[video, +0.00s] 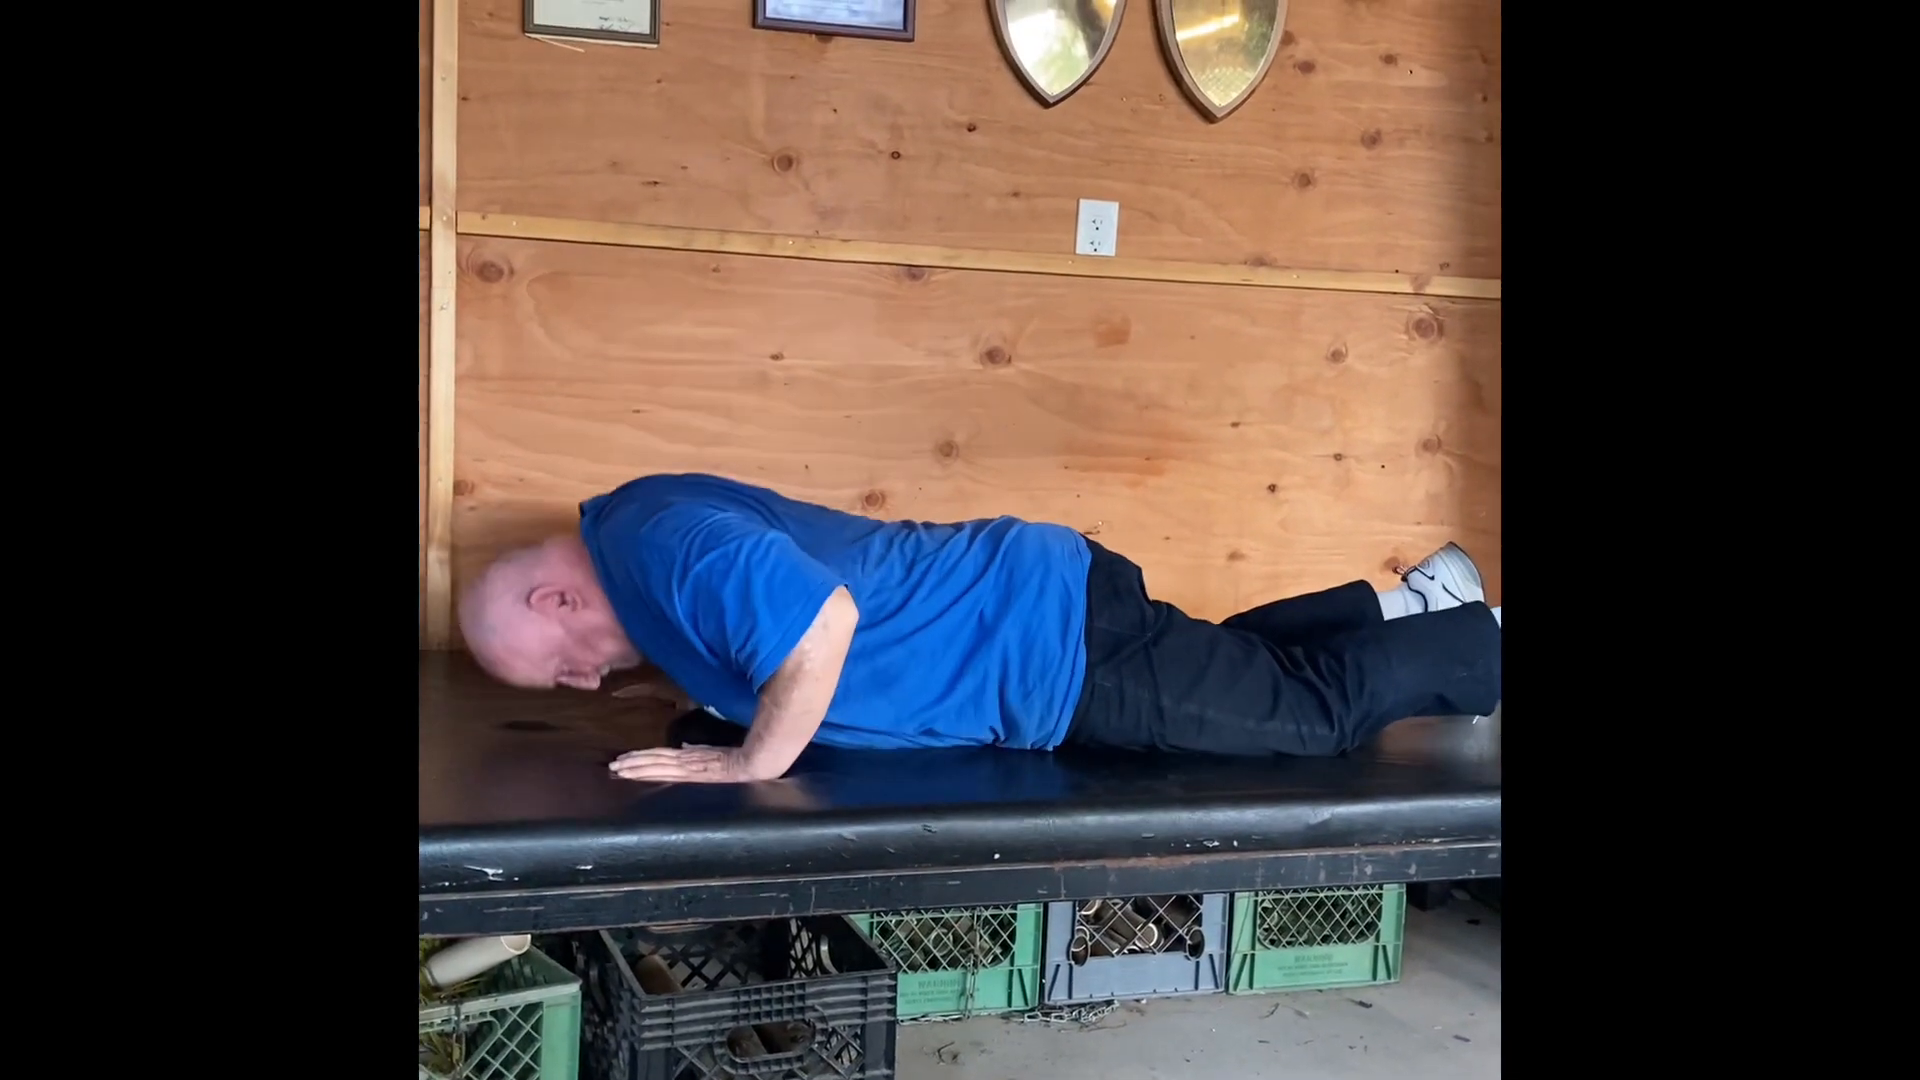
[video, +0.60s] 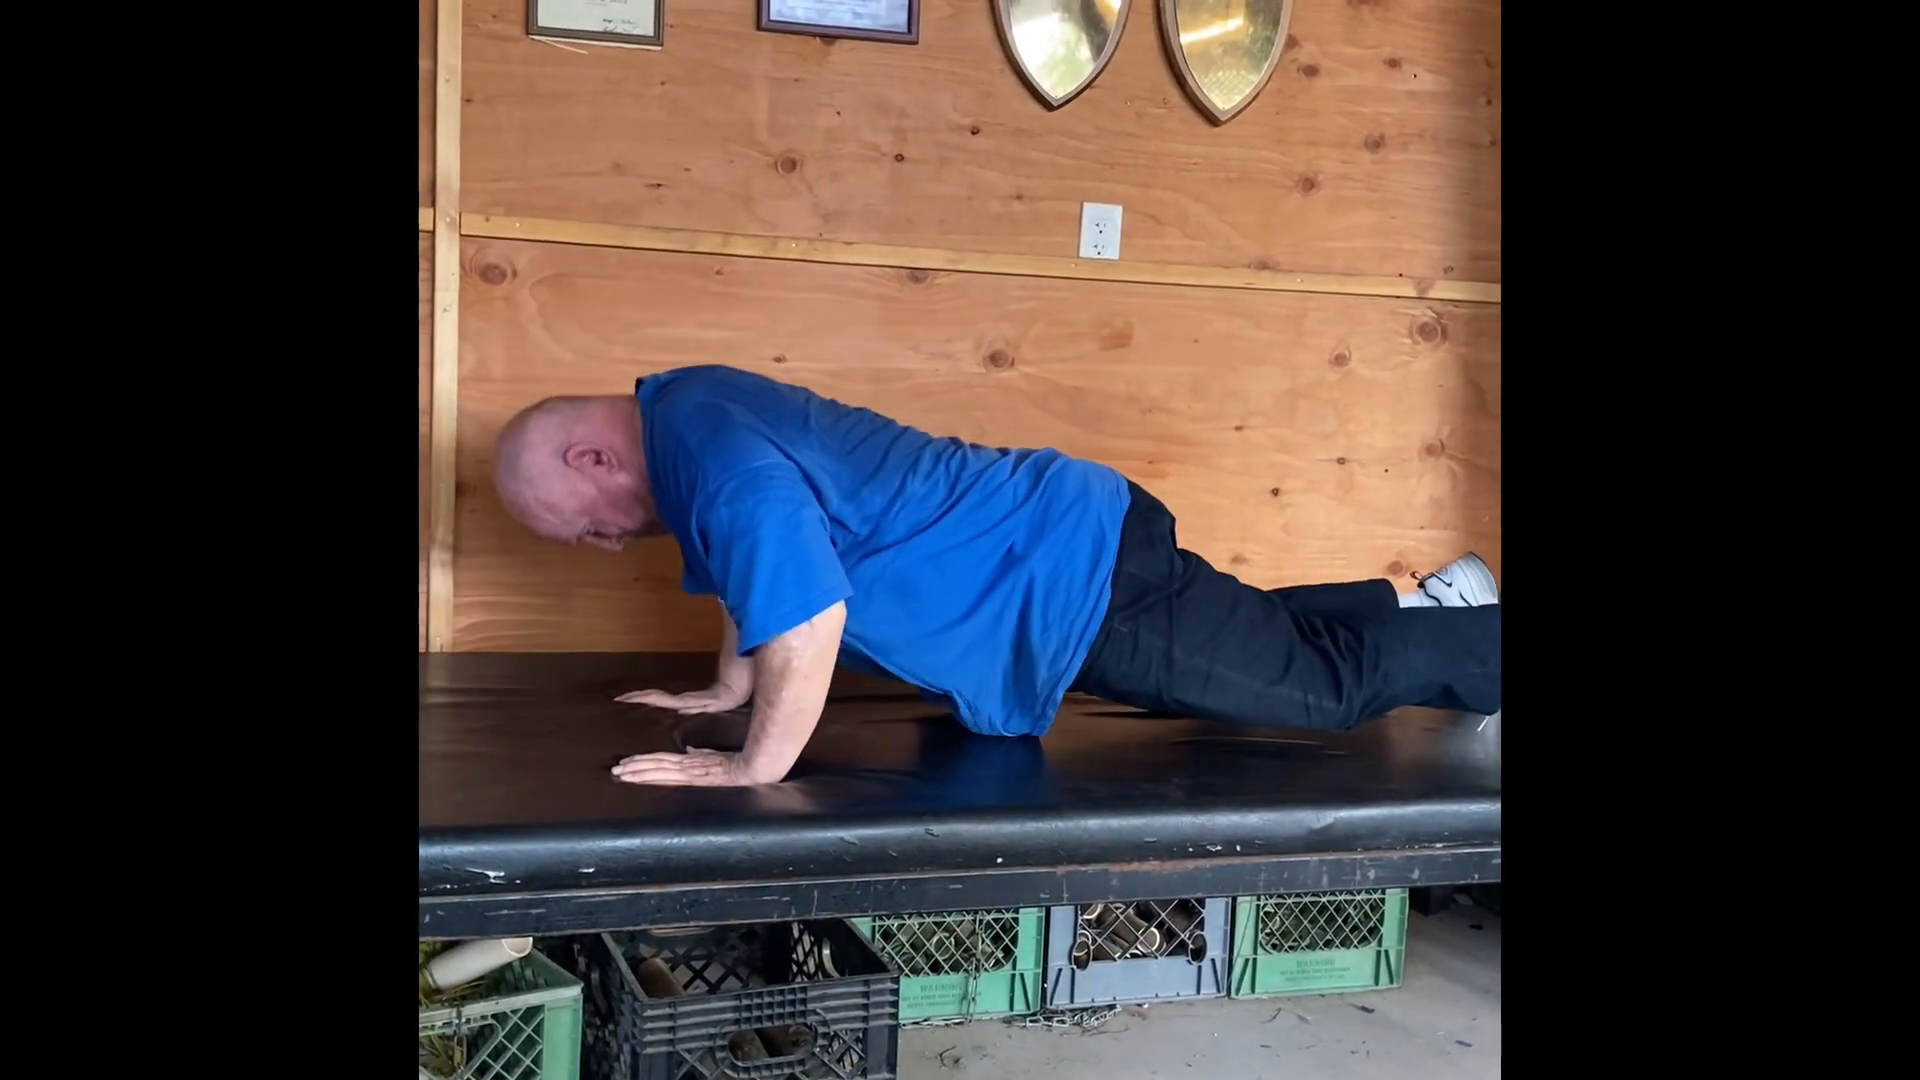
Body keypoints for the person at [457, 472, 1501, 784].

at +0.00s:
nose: (591, 675)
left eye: (566, 661)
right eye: (567, 674)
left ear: (554, 598)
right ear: (551, 589)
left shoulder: (667, 545)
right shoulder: (631, 559)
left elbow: (817, 625)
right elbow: (777, 637)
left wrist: (757, 764)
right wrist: (722, 717)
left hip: (1053, 636)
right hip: (1025, 655)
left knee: (1312, 709)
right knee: (1243, 676)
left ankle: (1484, 640)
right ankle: (1417, 603)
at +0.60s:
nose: (609, 537)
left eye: (586, 522)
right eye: (583, 530)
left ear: (587, 463)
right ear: (585, 443)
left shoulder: (717, 449)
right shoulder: (682, 429)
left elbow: (808, 614)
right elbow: (759, 585)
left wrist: (763, 767)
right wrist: (733, 702)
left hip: (1076, 575)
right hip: (1051, 569)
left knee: (1318, 680)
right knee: (1283, 644)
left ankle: (1488, 648)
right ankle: (1447, 602)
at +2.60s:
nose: (564, 603)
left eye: (542, 598)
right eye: (543, 600)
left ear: (547, 543)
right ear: (539, 511)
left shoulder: (673, 519)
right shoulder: (627, 474)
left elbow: (779, 639)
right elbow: (751, 595)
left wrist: (710, 771)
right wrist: (688, 671)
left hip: (1041, 623)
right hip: (1015, 598)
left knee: (1271, 725)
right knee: (1211, 662)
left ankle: (1457, 665)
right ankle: (1414, 621)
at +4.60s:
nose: (483, 673)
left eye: (462, 657)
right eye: (467, 668)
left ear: (471, 596)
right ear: (476, 597)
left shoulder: (607, 574)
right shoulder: (561, 568)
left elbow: (700, 715)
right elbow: (692, 687)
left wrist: (637, 843)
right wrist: (612, 760)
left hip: (958, 695)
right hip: (926, 730)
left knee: (1193, 793)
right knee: (1152, 756)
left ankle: (1408, 747)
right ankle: (1343, 709)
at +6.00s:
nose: (525, 579)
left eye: (512, 562)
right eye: (509, 568)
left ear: (533, 508)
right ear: (534, 489)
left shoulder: (662, 535)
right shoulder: (630, 510)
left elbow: (680, 735)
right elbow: (656, 695)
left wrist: (633, 877)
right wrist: (616, 805)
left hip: (979, 681)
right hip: (951, 678)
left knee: (1201, 803)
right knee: (1165, 763)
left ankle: (1429, 783)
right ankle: (1358, 757)